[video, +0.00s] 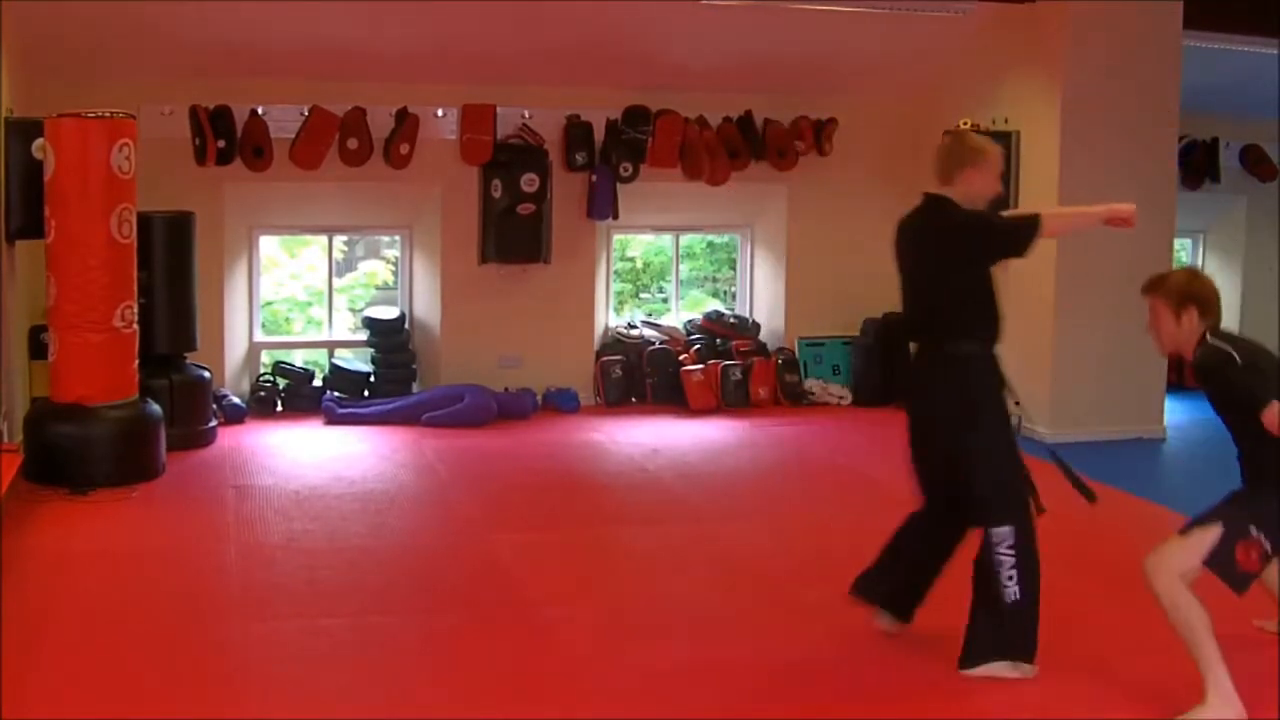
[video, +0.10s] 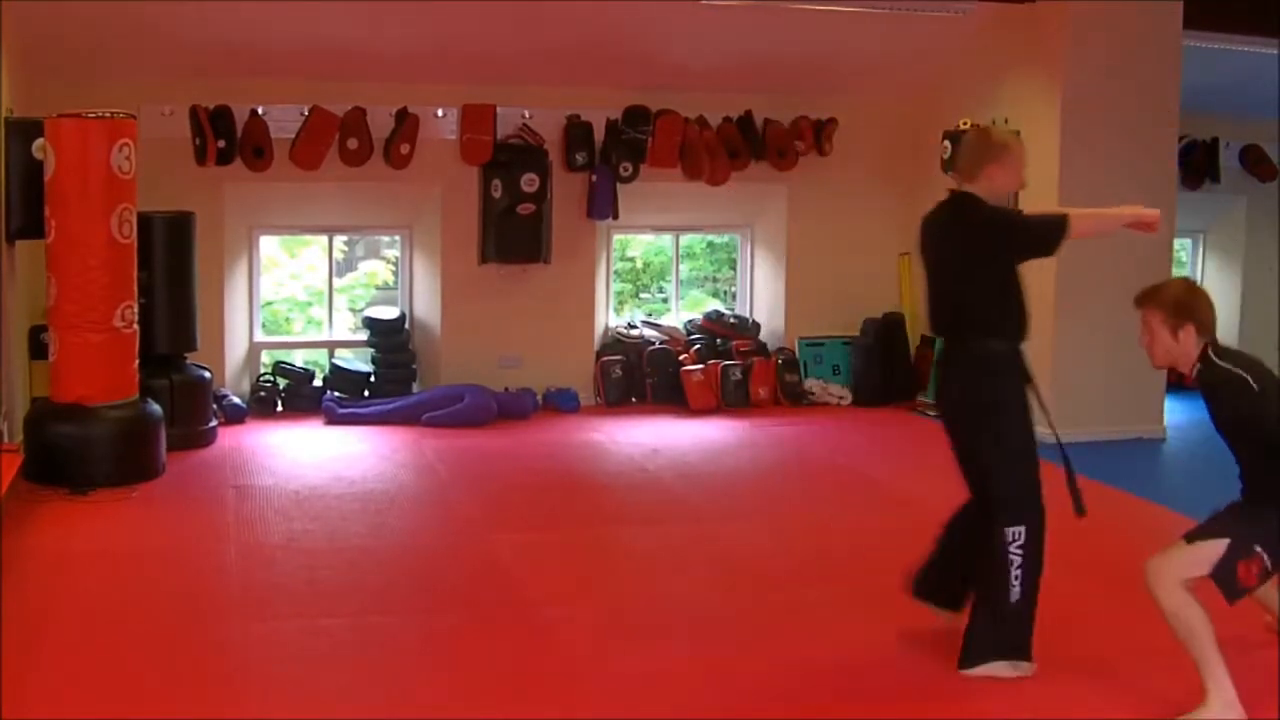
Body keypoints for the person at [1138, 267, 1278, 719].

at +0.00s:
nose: (1150, 326)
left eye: (1156, 315)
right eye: (1149, 316)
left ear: (1189, 316)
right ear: (1190, 317)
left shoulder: (1218, 359)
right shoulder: (1226, 350)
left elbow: (1274, 415)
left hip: (1267, 498)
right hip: (1265, 493)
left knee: (1163, 568)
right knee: (1256, 549)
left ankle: (1222, 697)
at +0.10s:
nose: (1144, 343)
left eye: (1149, 331)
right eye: (1143, 332)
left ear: (1185, 334)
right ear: (1185, 334)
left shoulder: (1235, 382)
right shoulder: (1218, 372)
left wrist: (1256, 538)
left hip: (1267, 515)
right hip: (1260, 505)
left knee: (1163, 572)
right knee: (1245, 565)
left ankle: (1222, 699)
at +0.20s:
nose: (1142, 346)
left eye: (1149, 335)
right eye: (1142, 335)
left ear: (1187, 341)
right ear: (1184, 342)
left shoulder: (1240, 388)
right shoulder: (1207, 380)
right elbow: (1252, 464)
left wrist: (1257, 537)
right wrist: (1241, 521)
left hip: (1269, 511)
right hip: (1254, 503)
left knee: (1170, 569)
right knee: (1214, 556)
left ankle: (1224, 699)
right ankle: (1276, 613)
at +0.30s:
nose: (1146, 354)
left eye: (1152, 345)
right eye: (1146, 344)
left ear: (1190, 350)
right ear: (1188, 350)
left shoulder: (1256, 394)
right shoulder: (1199, 377)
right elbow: (1246, 455)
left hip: (1268, 501)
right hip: (1242, 490)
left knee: (1175, 564)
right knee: (1208, 564)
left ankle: (1224, 699)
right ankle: (1275, 615)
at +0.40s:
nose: (1135, 377)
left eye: (1140, 369)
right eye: (1134, 368)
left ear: (1175, 368)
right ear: (1175, 366)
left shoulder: (1253, 399)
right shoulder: (1199, 372)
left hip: (1271, 490)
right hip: (1248, 479)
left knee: (1188, 560)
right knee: (1180, 544)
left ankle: (1225, 700)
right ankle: (1267, 611)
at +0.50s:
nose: (1122, 372)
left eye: (1125, 362)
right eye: (1121, 362)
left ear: (1158, 363)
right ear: (1161, 360)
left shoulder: (1231, 393)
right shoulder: (1199, 363)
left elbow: (1267, 476)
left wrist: (1257, 530)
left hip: (1270, 488)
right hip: (1255, 478)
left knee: (1185, 563)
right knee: (1189, 546)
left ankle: (1223, 699)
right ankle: (1275, 598)